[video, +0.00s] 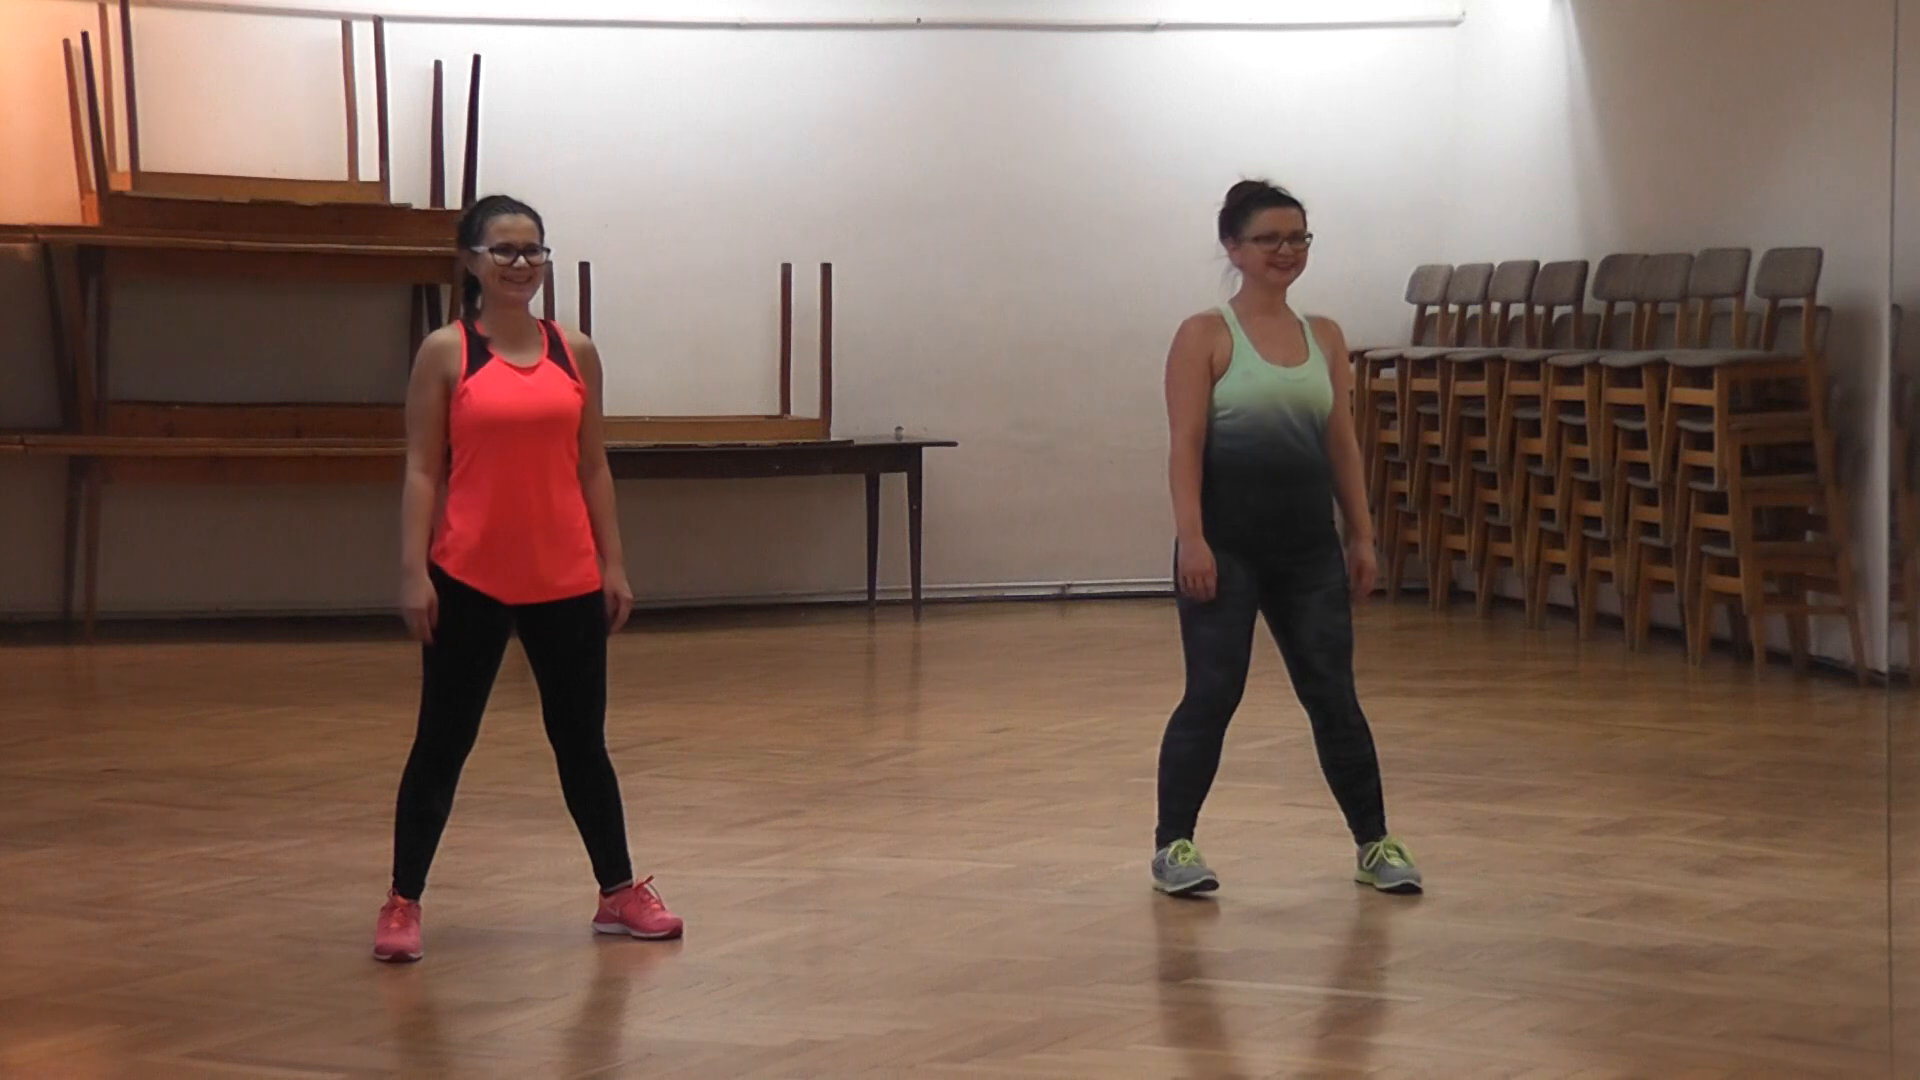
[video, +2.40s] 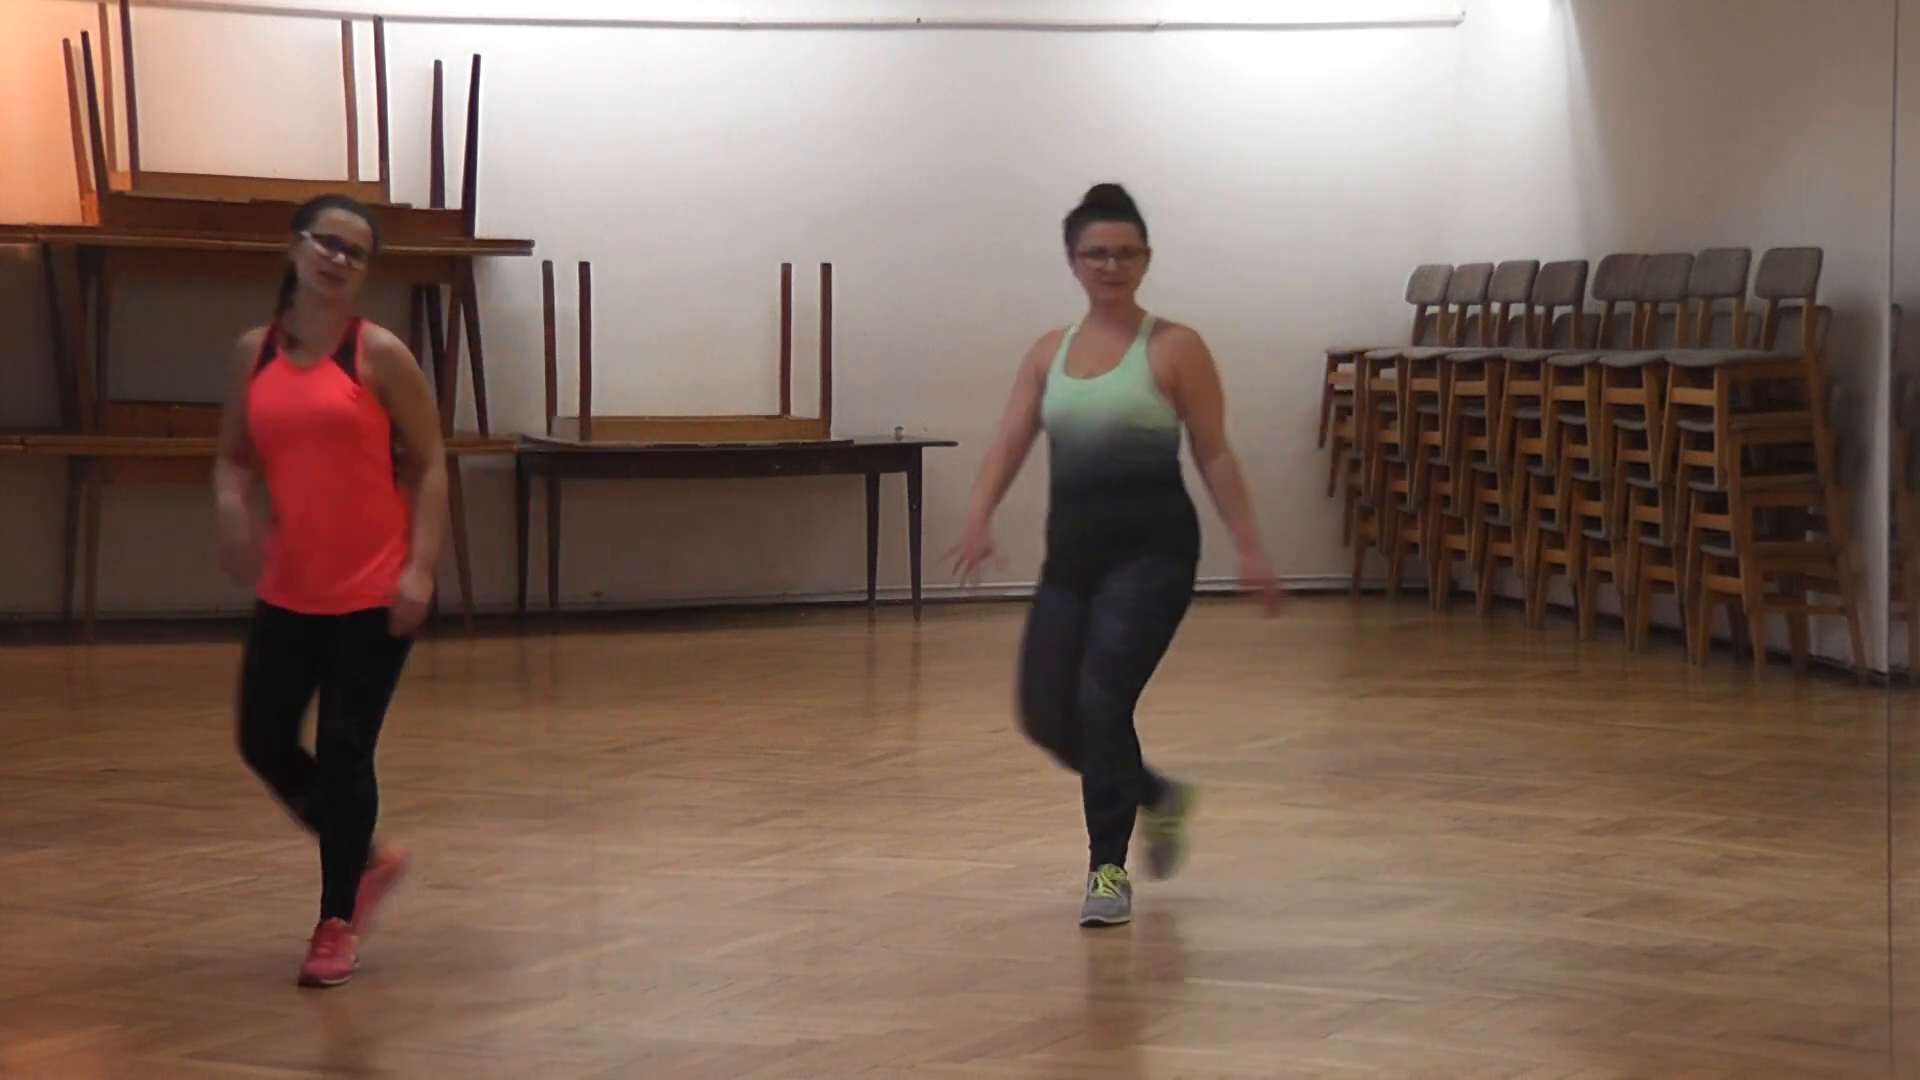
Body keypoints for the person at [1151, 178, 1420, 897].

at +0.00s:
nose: (1288, 251)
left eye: (1298, 239)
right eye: (1270, 240)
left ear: (1308, 244)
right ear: (1234, 247)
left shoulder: (1325, 336)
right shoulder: (1203, 336)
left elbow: (1342, 445)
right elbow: (1186, 445)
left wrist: (1362, 535)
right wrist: (1190, 537)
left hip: (1309, 547)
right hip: (1224, 550)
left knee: (1334, 696)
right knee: (1211, 697)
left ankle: (1374, 844)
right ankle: (1174, 845)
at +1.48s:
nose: (1270, 269)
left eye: (1278, 250)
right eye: (1256, 260)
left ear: (1318, 231)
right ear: (1251, 262)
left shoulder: (1381, 317)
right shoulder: (1263, 327)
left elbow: (1400, 416)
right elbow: (1257, 417)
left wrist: (1322, 451)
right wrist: (1193, 476)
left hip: (1375, 530)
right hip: (1288, 529)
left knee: (1368, 691)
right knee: (1262, 684)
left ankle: (1369, 842)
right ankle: (1233, 840)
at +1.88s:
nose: (1211, 280)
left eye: (1223, 265)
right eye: (1200, 268)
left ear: (1263, 254)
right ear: (1191, 264)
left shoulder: (1309, 338)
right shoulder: (1196, 340)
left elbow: (1344, 447)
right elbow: (1187, 437)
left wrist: (1334, 540)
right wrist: (1137, 481)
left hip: (1305, 552)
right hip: (1229, 553)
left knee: (1296, 690)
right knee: (1239, 700)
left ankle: (1372, 814)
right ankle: (1291, 845)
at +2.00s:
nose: (1184, 273)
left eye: (1196, 257)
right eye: (1172, 261)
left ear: (1235, 245)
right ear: (1164, 257)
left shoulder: (1285, 329)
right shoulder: (1166, 328)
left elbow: (1347, 421)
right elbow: (1133, 425)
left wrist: (1391, 508)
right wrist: (1087, 422)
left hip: (1281, 526)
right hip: (1204, 532)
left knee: (1237, 662)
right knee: (1237, 679)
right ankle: (1288, 842)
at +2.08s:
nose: (1167, 279)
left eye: (1180, 263)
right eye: (1154, 265)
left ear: (1218, 249)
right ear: (1143, 259)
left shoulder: (1269, 333)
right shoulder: (1143, 333)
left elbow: (1342, 414)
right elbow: (1097, 416)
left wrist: (1403, 494)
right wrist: (1067, 398)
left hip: (1259, 535)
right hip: (1187, 542)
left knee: (1211, 671)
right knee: (1248, 690)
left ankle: (1165, 846)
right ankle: (1293, 841)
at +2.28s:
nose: (1135, 274)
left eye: (1150, 259)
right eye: (1121, 262)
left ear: (1175, 261)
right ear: (1101, 268)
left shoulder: (1212, 350)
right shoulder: (1087, 353)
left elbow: (1275, 444)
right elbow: (1053, 444)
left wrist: (1341, 519)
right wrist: (1018, 442)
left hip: (1189, 549)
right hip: (1114, 554)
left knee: (1128, 693)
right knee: (1163, 703)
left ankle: (1110, 866)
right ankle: (1265, 822)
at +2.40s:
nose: (1113, 265)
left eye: (1127, 252)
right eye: (1098, 253)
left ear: (1145, 259)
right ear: (1073, 261)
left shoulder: (1175, 349)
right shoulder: (1051, 353)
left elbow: (1214, 454)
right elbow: (1011, 443)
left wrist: (1251, 551)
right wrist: (978, 518)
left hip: (1152, 551)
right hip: (1073, 553)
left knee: (1101, 697)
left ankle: (1107, 869)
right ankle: (1159, 793)